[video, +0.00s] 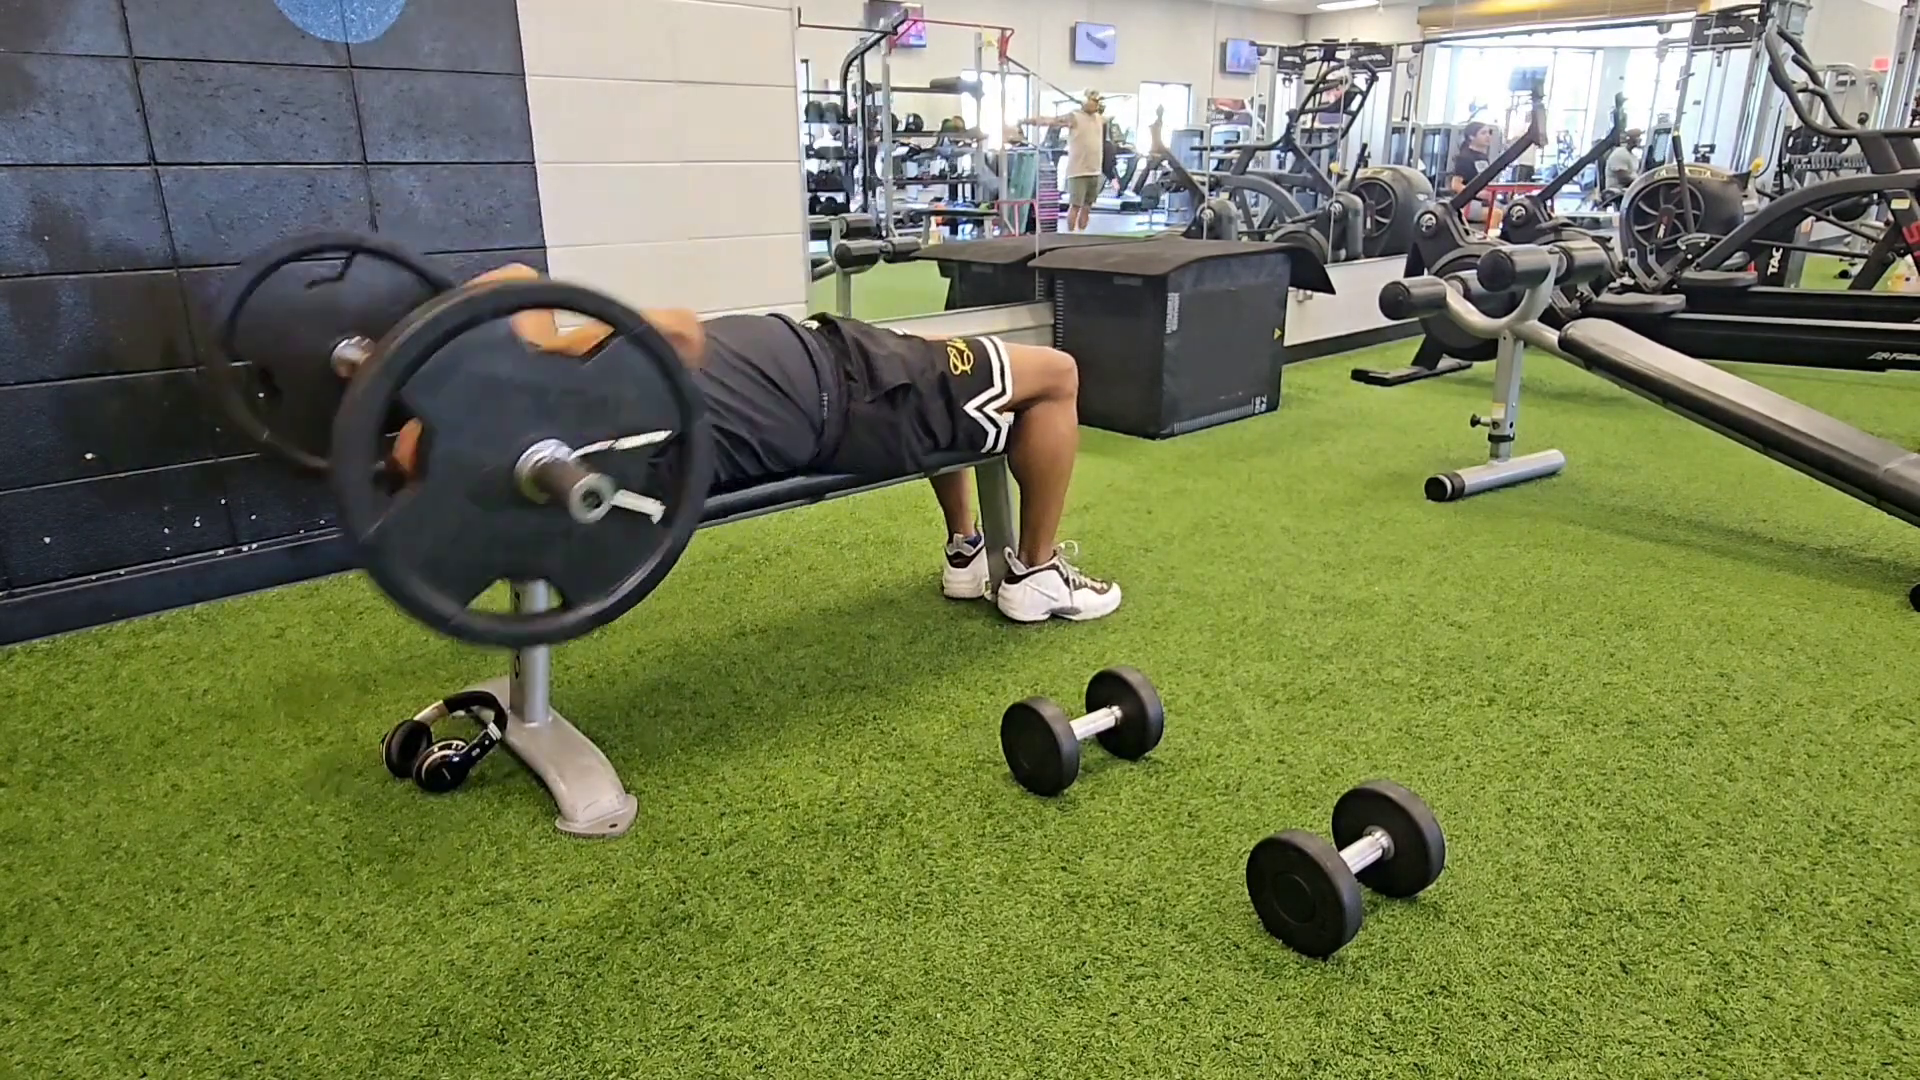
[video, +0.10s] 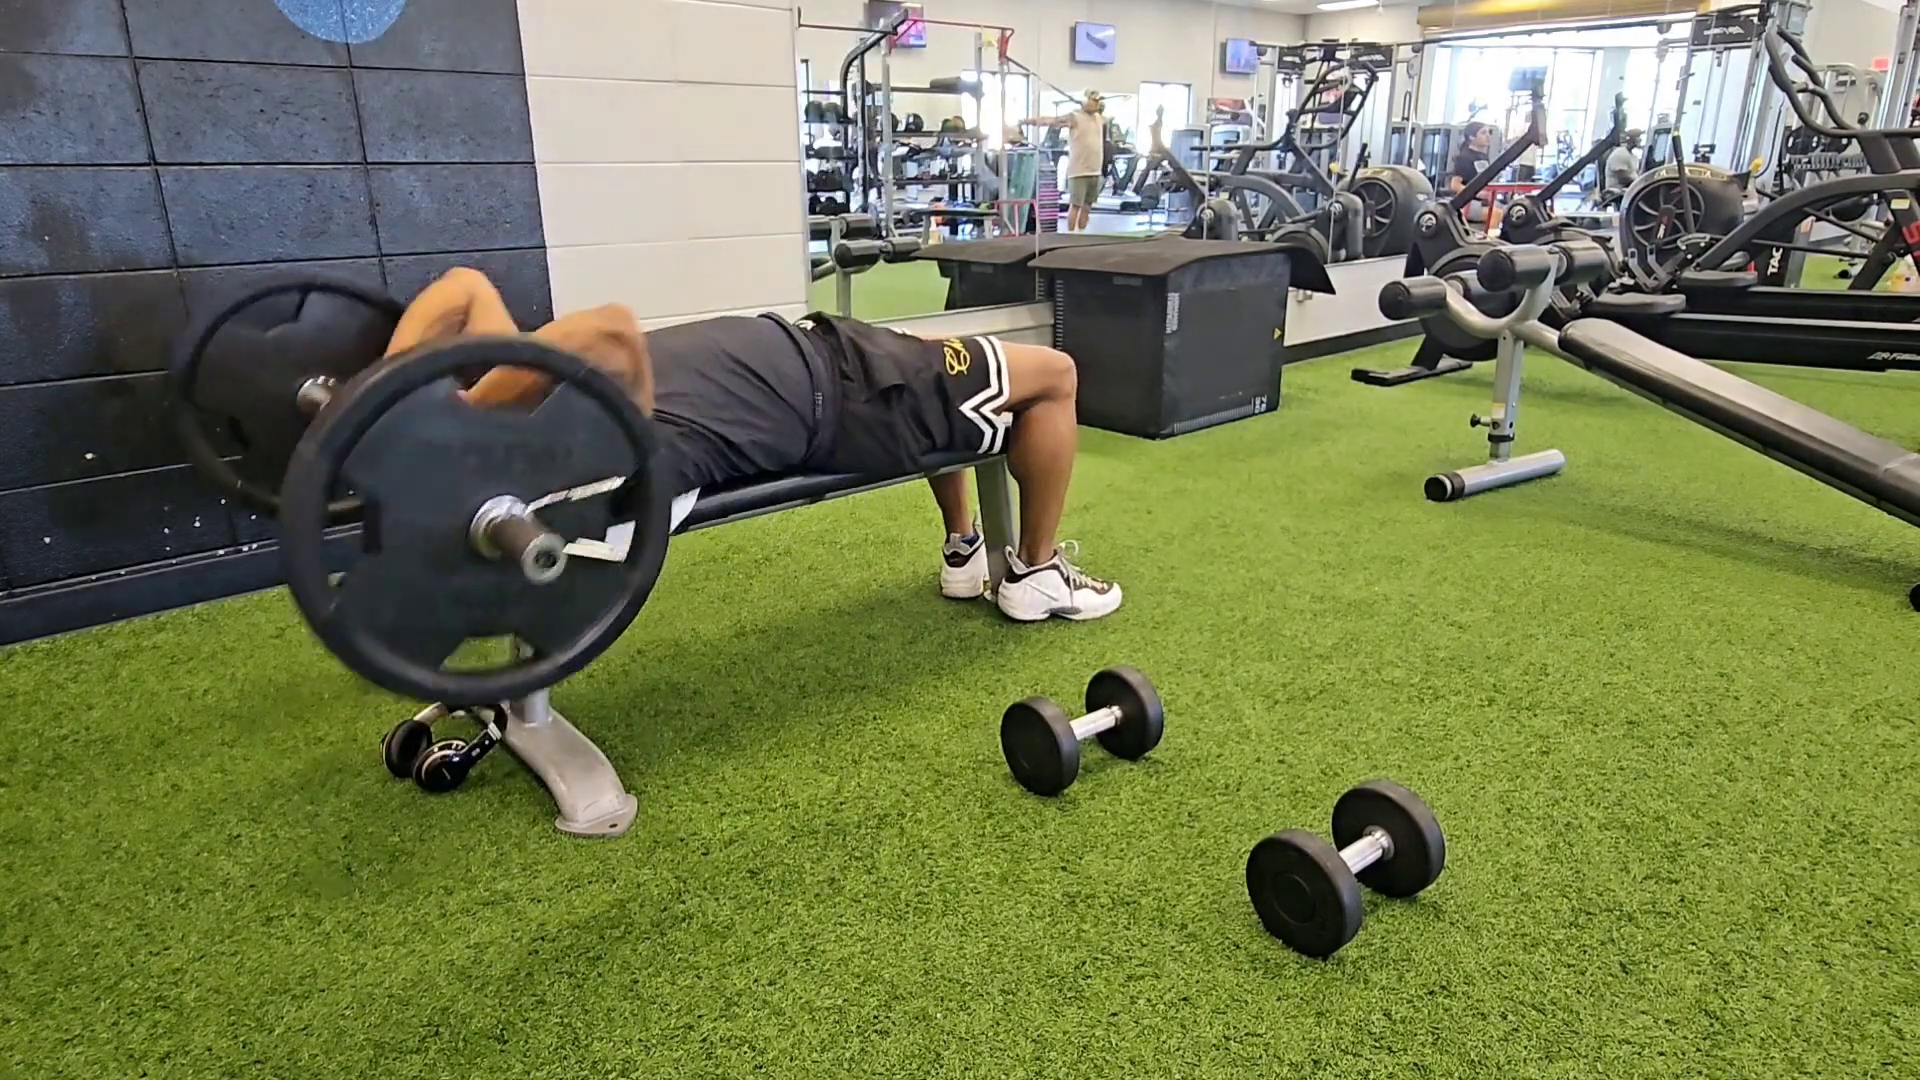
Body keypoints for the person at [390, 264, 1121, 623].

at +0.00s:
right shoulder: (545, 415)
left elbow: (516, 271)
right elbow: (686, 332)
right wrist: (556, 324)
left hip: (788, 351)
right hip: (829, 395)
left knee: (942, 354)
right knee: (1055, 374)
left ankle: (968, 550)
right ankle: (1041, 573)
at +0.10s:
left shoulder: (434, 426)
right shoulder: (533, 472)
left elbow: (466, 286)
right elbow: (609, 328)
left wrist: (378, 402)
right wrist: (484, 401)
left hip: (773, 345)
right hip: (821, 390)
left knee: (935, 353)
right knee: (1053, 374)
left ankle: (966, 549)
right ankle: (1041, 572)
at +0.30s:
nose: (429, 409)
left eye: (415, 425)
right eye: (434, 431)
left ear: (406, 445)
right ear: (476, 478)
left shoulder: (459, 423)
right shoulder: (580, 461)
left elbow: (377, 329)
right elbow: (517, 375)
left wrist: (368, 460)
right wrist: (417, 485)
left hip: (772, 340)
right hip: (827, 382)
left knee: (926, 344)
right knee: (1048, 372)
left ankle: (967, 545)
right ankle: (1039, 574)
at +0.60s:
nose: (430, 408)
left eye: (412, 421)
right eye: (428, 426)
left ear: (396, 456)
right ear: (462, 472)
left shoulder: (463, 426)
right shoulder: (583, 456)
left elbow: (394, 315)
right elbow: (510, 360)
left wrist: (369, 451)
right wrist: (426, 470)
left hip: (775, 341)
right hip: (830, 384)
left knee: (926, 347)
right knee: (1046, 369)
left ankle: (968, 545)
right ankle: (1038, 574)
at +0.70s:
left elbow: (447, 287)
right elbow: (561, 332)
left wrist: (367, 406)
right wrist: (418, 433)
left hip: (774, 340)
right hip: (833, 389)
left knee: (926, 360)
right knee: (1042, 371)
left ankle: (966, 544)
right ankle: (1042, 572)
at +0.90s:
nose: (436, 438)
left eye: (425, 445)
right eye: (438, 452)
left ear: (434, 444)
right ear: (468, 475)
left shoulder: (491, 402)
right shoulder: (547, 426)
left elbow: (574, 320)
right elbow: (582, 318)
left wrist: (459, 320)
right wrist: (469, 323)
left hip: (767, 347)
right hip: (810, 387)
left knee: (929, 342)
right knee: (1043, 372)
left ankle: (965, 546)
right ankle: (1053, 576)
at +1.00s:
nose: (469, 393)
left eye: (448, 402)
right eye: (459, 418)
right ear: (499, 485)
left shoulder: (532, 404)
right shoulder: (587, 481)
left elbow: (611, 339)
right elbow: (692, 475)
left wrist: (538, 318)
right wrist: (762, 446)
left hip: (792, 356)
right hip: (839, 410)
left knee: (937, 345)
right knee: (1050, 372)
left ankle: (965, 545)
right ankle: (1053, 576)